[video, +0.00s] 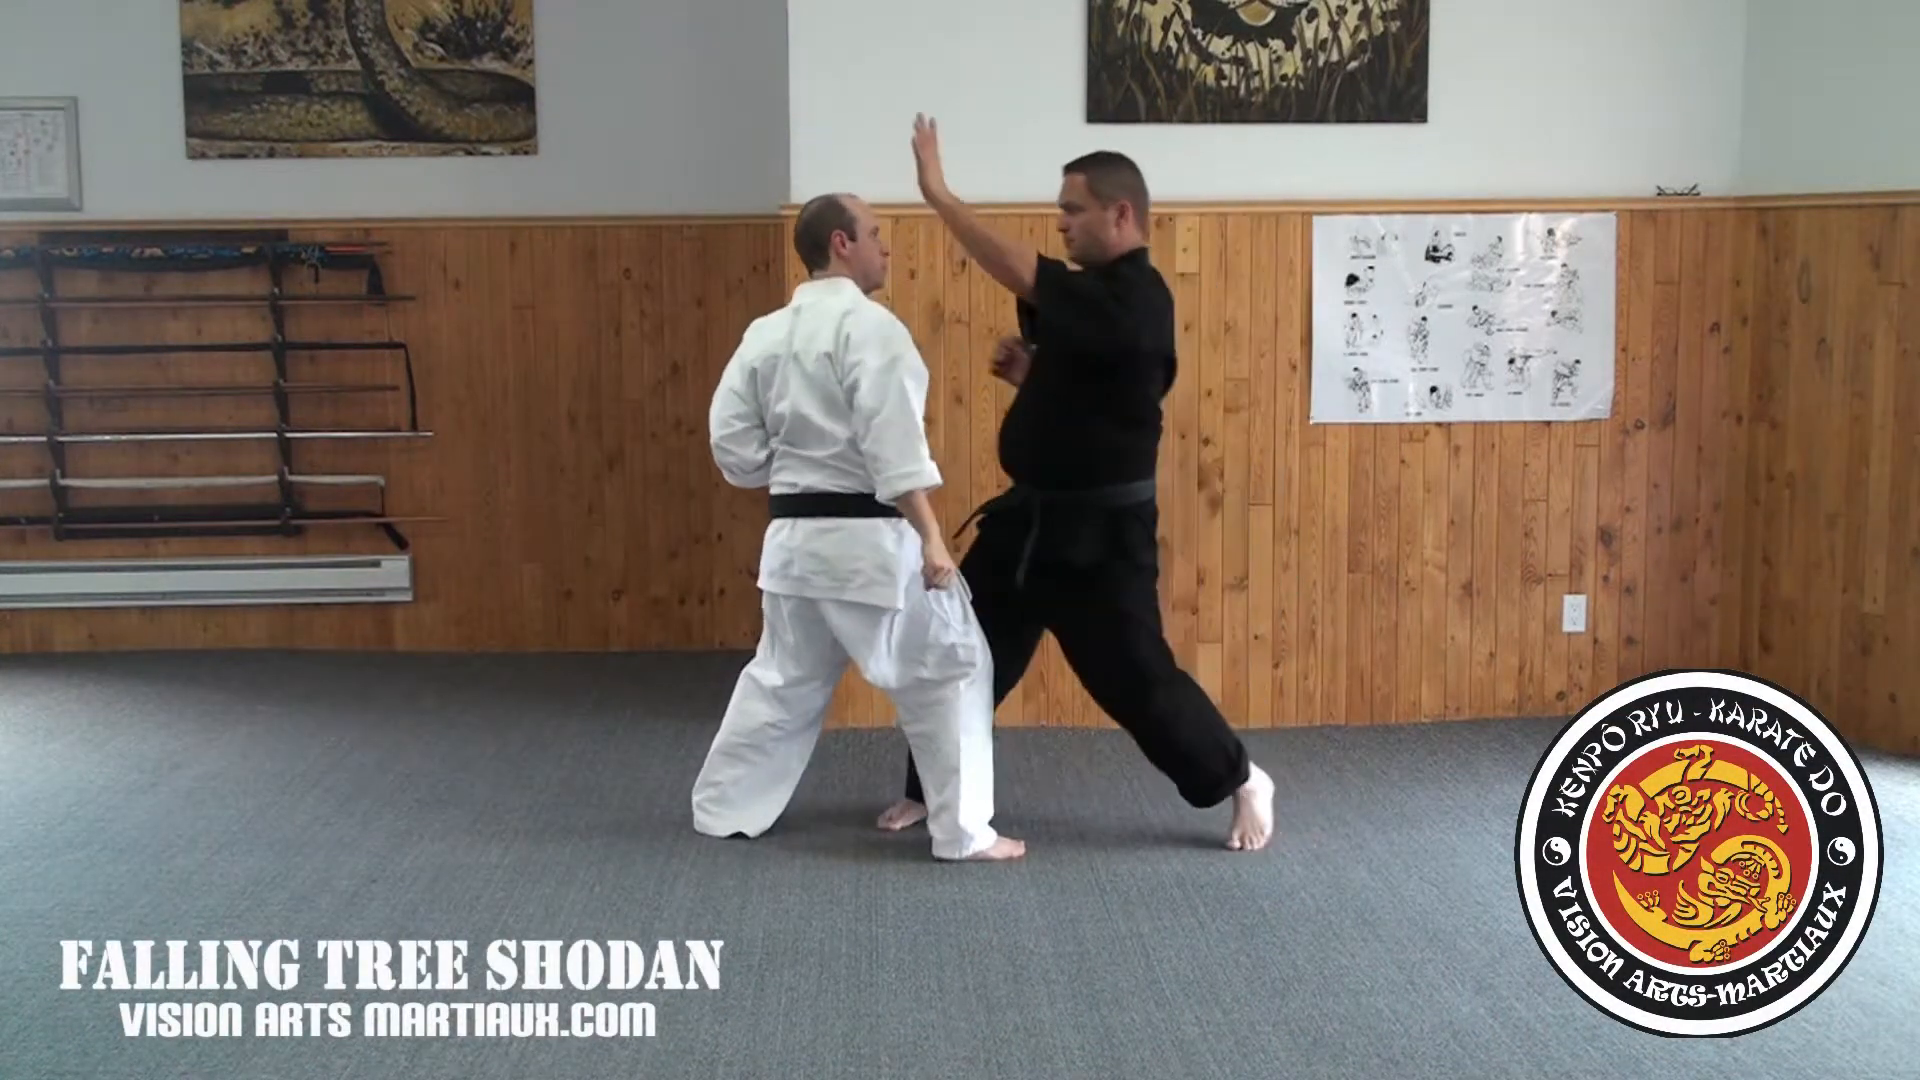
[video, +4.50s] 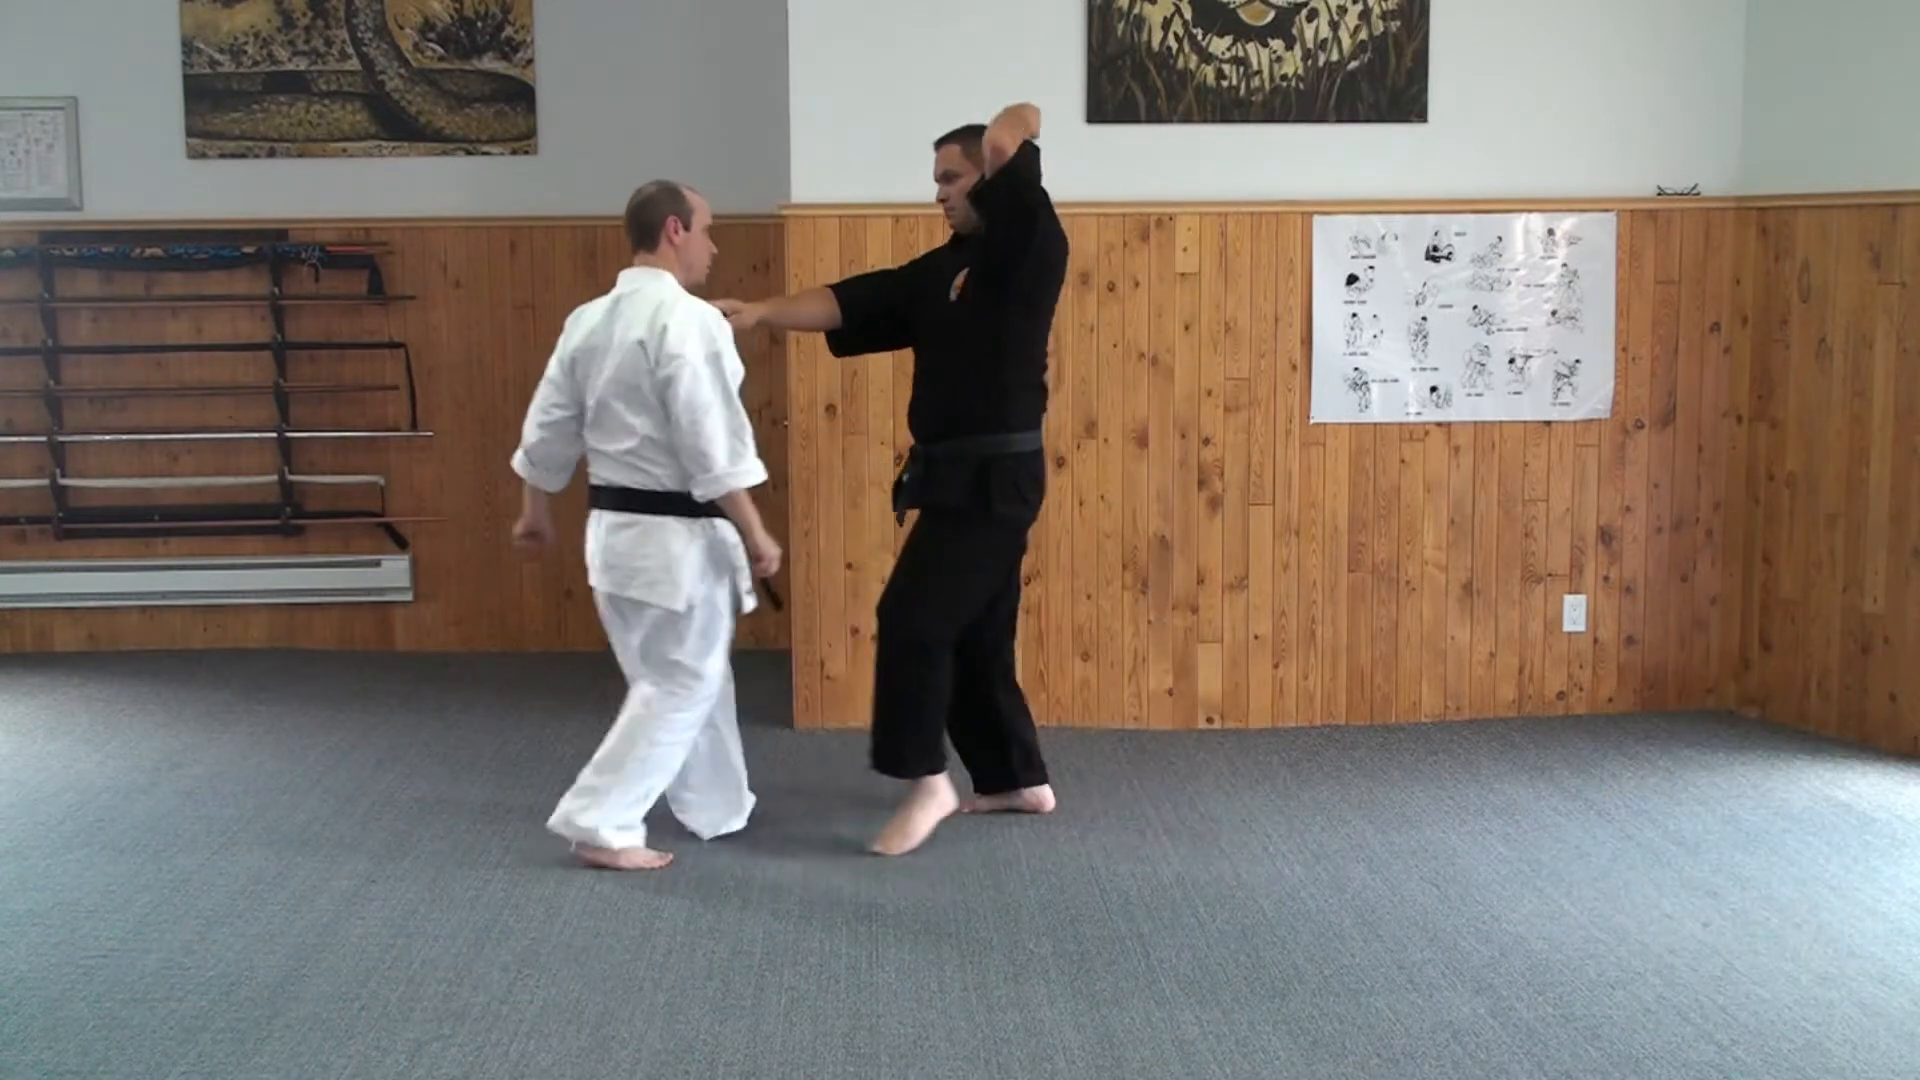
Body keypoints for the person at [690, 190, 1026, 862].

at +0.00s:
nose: (885, 248)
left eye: (881, 235)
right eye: (875, 236)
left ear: (823, 249)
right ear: (843, 245)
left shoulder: (765, 333)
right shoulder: (873, 329)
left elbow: (731, 440)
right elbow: (894, 446)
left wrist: (792, 480)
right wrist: (933, 537)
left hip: (790, 540)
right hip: (872, 541)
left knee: (781, 677)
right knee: (950, 669)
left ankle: (721, 809)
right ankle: (965, 830)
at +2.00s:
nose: (852, 270)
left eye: (851, 256)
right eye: (845, 256)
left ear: (786, 262)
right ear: (810, 258)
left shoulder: (730, 353)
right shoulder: (833, 337)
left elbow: (720, 474)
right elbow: (865, 448)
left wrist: (786, 501)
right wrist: (907, 536)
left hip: (784, 553)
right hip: (859, 548)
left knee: (787, 678)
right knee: (949, 664)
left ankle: (721, 807)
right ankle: (964, 830)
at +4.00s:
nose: (802, 265)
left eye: (800, 251)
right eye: (795, 251)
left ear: (743, 258)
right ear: (762, 254)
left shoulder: (686, 358)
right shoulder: (791, 337)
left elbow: (690, 476)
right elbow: (832, 450)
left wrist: (754, 506)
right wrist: (879, 532)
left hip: (756, 548)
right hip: (831, 542)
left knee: (775, 676)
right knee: (908, 677)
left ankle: (723, 810)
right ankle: (958, 828)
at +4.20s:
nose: (760, 263)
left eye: (758, 250)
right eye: (754, 250)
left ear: (699, 254)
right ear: (725, 250)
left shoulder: (640, 349)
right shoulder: (746, 332)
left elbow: (630, 466)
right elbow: (798, 440)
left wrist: (693, 496)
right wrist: (860, 518)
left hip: (691, 551)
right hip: (769, 549)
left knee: (735, 682)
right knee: (843, 679)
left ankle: (726, 812)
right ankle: (914, 823)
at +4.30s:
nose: (743, 259)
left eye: (741, 244)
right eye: (736, 244)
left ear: (684, 246)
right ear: (705, 244)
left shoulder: (622, 336)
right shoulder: (718, 328)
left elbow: (601, 461)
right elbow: (768, 444)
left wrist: (664, 492)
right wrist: (827, 526)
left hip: (663, 550)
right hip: (734, 549)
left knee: (721, 675)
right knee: (829, 651)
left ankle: (724, 807)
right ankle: (815, 810)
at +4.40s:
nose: (722, 251)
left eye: (721, 236)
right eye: (717, 235)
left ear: (658, 239)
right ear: (685, 236)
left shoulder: (602, 326)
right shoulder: (704, 323)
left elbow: (574, 438)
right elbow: (737, 442)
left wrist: (600, 501)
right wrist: (788, 524)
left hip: (639, 536)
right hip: (714, 536)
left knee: (688, 671)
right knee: (770, 666)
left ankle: (720, 805)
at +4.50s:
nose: (714, 248)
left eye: (712, 232)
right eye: (707, 232)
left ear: (653, 235)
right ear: (674, 233)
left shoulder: (588, 320)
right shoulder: (688, 321)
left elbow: (547, 423)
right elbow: (710, 446)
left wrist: (533, 506)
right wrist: (755, 531)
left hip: (612, 535)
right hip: (679, 538)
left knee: (692, 674)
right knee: (681, 683)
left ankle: (715, 807)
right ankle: (601, 820)